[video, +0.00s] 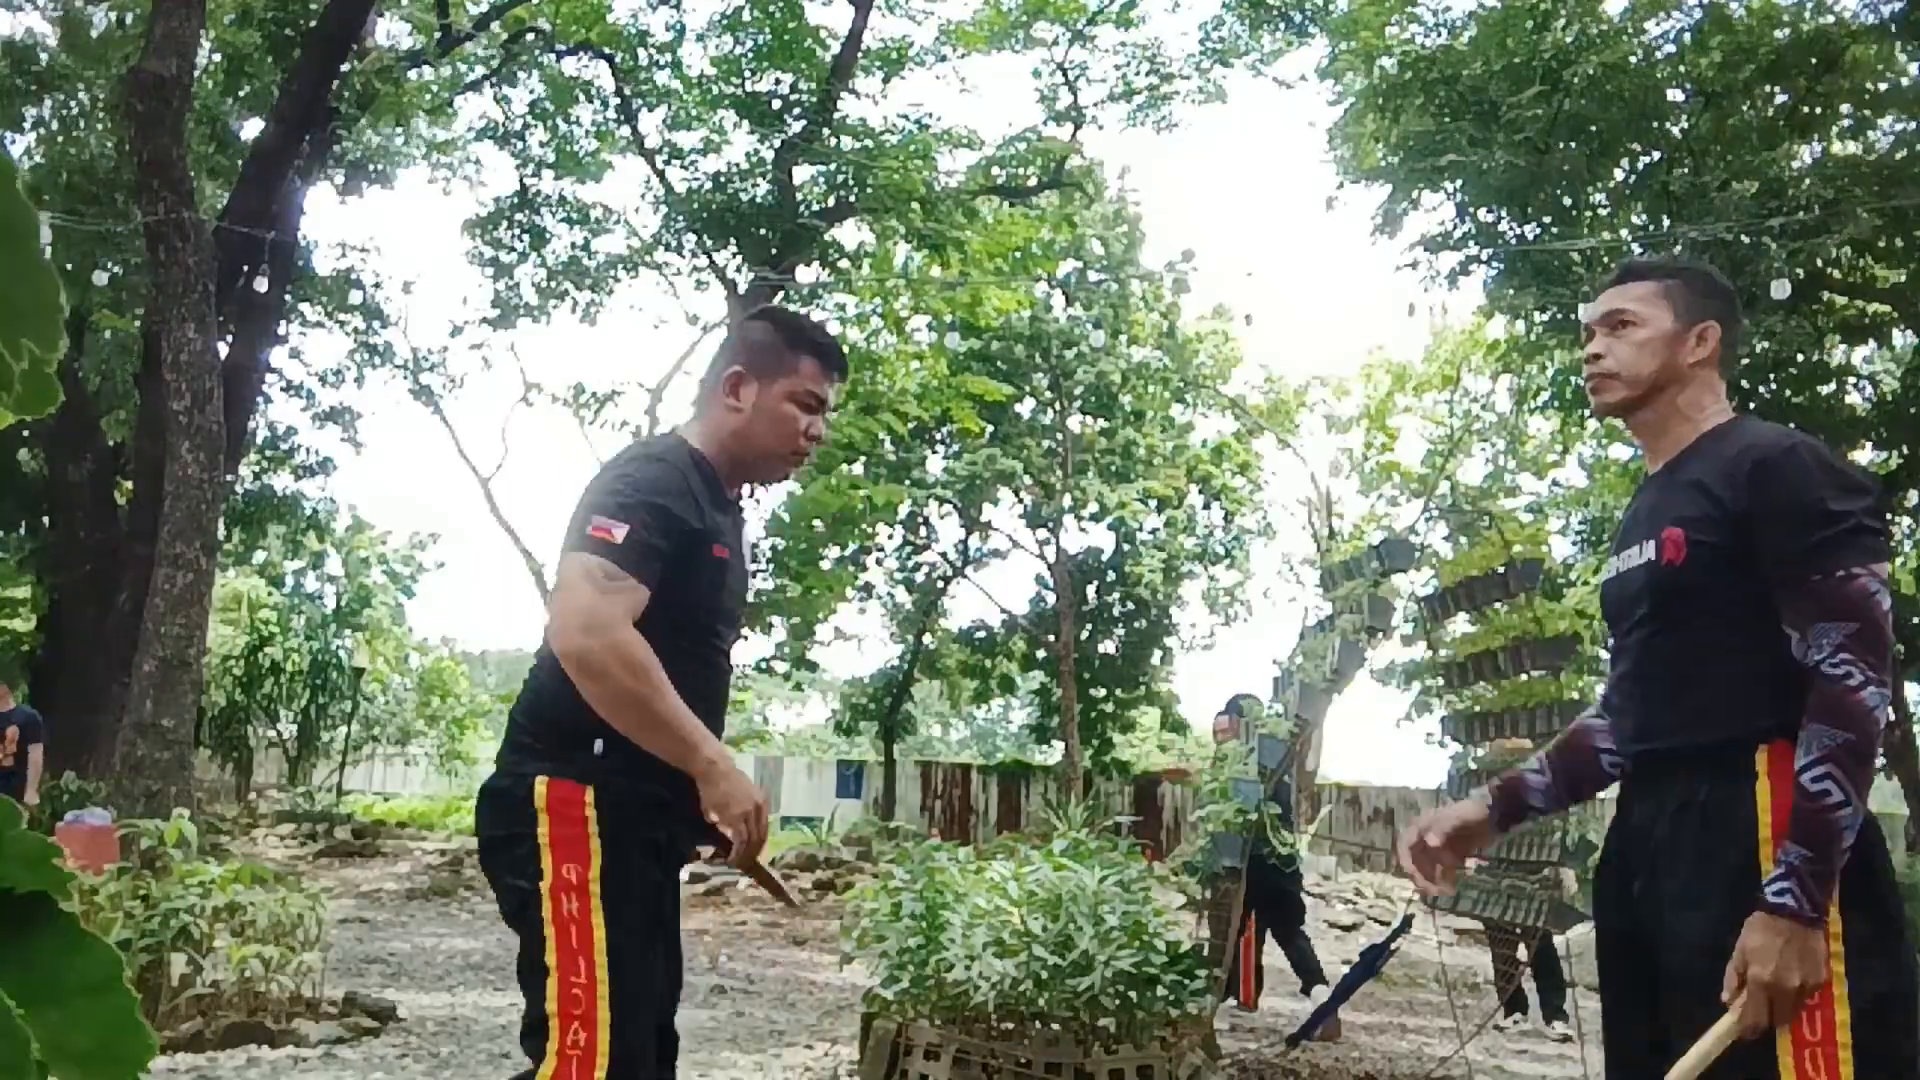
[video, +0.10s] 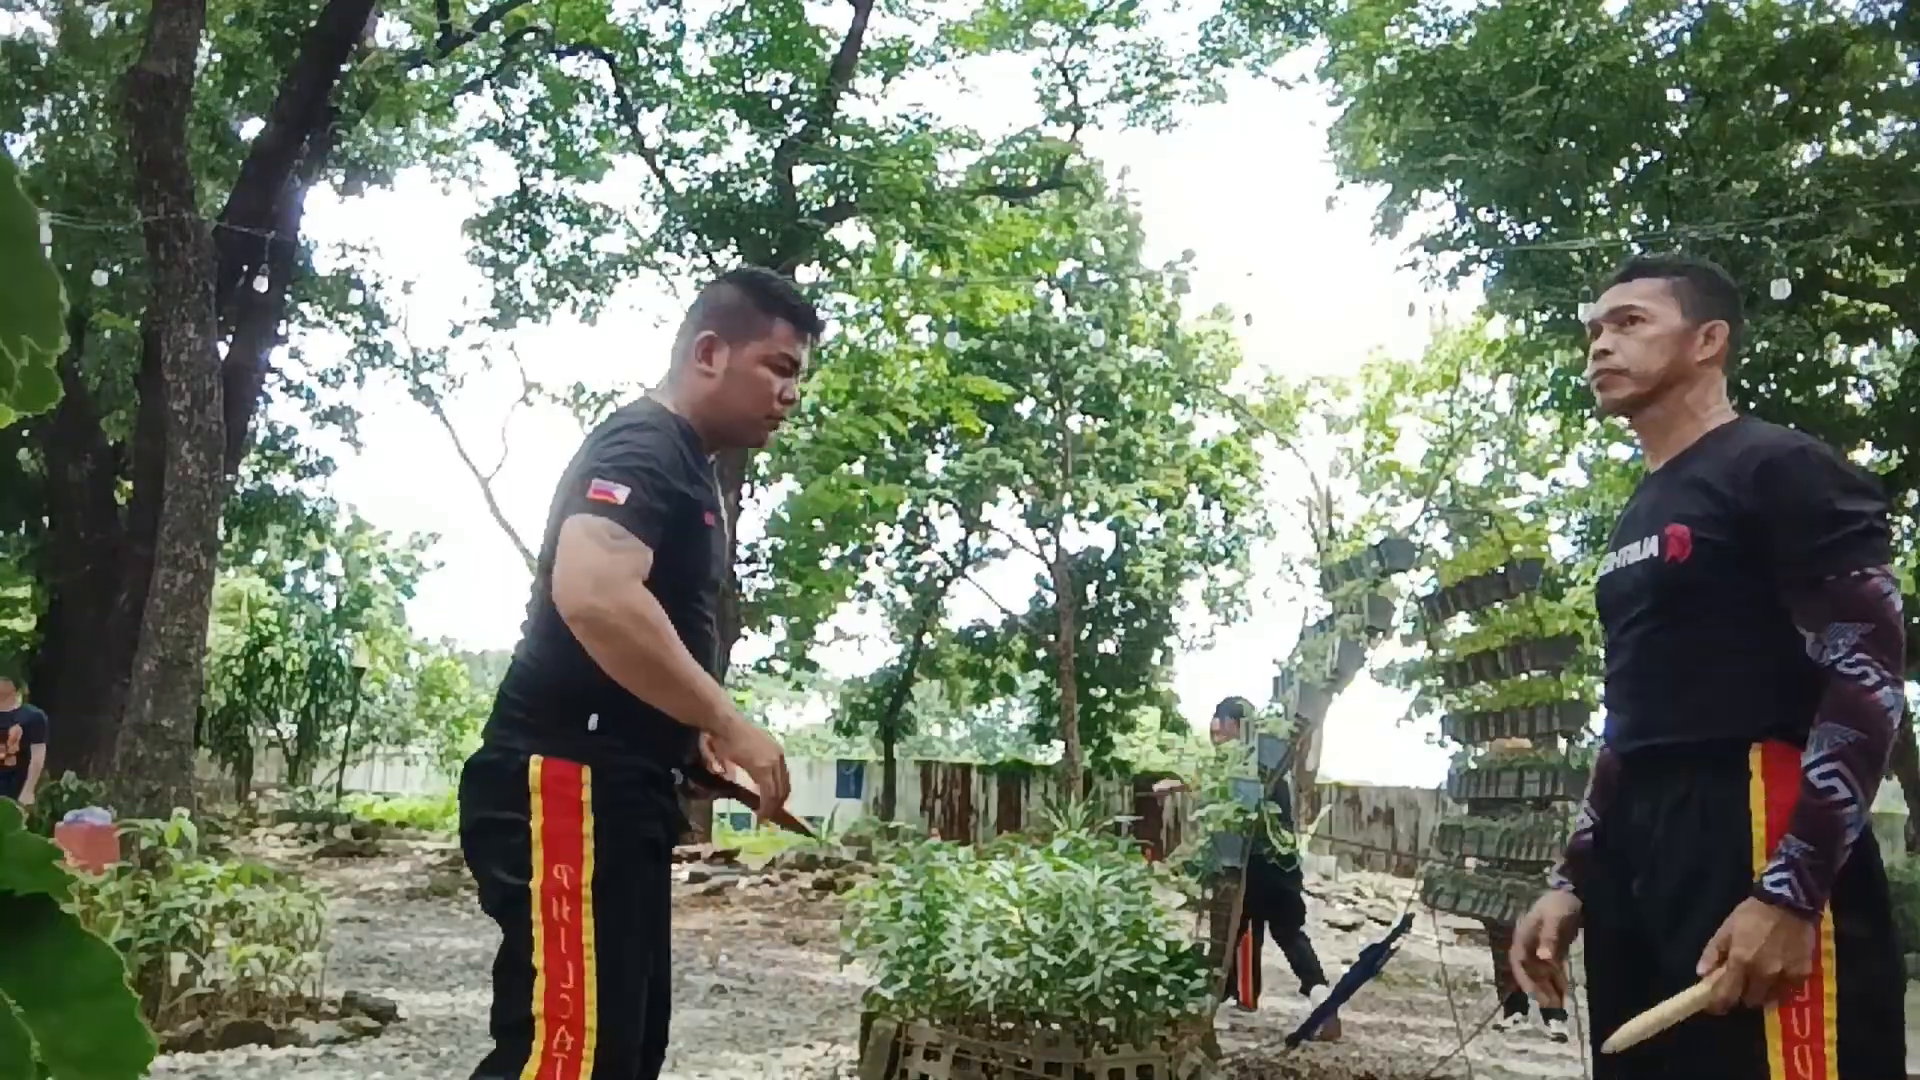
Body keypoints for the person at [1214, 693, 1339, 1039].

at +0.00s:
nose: (1219, 733)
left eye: (1223, 727)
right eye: (1219, 727)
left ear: (1241, 724)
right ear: (1252, 721)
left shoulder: (1244, 761)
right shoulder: (1276, 756)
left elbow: (1242, 812)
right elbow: (1277, 810)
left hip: (1253, 861)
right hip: (1280, 860)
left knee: (1245, 933)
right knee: (1289, 929)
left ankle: (1242, 1002)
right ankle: (1324, 1003)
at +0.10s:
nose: (1214, 735)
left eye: (1218, 728)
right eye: (1214, 728)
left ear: (1235, 726)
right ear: (1240, 725)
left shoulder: (1242, 763)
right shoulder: (1270, 760)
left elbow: (1239, 806)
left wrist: (1183, 787)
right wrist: (1185, 787)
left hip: (1250, 863)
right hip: (1281, 864)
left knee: (1238, 930)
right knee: (1289, 931)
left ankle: (1238, 1002)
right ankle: (1325, 1007)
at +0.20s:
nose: (1208, 737)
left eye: (1210, 730)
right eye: (1208, 730)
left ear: (1221, 728)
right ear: (1237, 728)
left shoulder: (1232, 762)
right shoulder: (1266, 761)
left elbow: (1208, 794)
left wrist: (1173, 807)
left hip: (1248, 864)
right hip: (1283, 863)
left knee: (1243, 932)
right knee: (1287, 931)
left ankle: (1243, 1003)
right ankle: (1320, 999)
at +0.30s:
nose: (1208, 738)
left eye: (1209, 731)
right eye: (1207, 732)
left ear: (1219, 728)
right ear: (1236, 727)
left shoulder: (1232, 762)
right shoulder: (1261, 759)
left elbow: (1209, 796)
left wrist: (1175, 818)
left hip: (1249, 866)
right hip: (1283, 864)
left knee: (1236, 932)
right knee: (1285, 934)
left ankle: (1238, 1001)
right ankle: (1321, 1002)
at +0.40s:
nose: (1205, 737)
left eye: (1205, 731)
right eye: (1205, 731)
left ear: (1211, 729)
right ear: (1233, 725)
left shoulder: (1224, 760)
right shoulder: (1252, 756)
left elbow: (1214, 813)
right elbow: (1220, 812)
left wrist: (1180, 836)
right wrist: (1183, 836)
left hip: (1246, 859)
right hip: (1277, 857)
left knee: (1234, 927)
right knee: (1279, 929)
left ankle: (1235, 999)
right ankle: (1315, 993)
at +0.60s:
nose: (1209, 737)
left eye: (1211, 730)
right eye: (1210, 730)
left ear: (1221, 729)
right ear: (1238, 727)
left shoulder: (1230, 763)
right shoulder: (1263, 759)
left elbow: (1228, 820)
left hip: (1244, 861)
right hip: (1275, 859)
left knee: (1240, 929)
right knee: (1280, 929)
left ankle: (1241, 999)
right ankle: (1314, 995)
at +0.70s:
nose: (1214, 739)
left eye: (1217, 732)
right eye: (1214, 733)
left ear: (1229, 729)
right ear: (1246, 729)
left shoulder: (1226, 761)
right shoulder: (1270, 758)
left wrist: (1203, 748)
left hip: (1237, 861)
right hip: (1277, 863)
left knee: (1241, 934)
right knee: (1294, 929)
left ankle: (1241, 1000)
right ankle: (1312, 989)